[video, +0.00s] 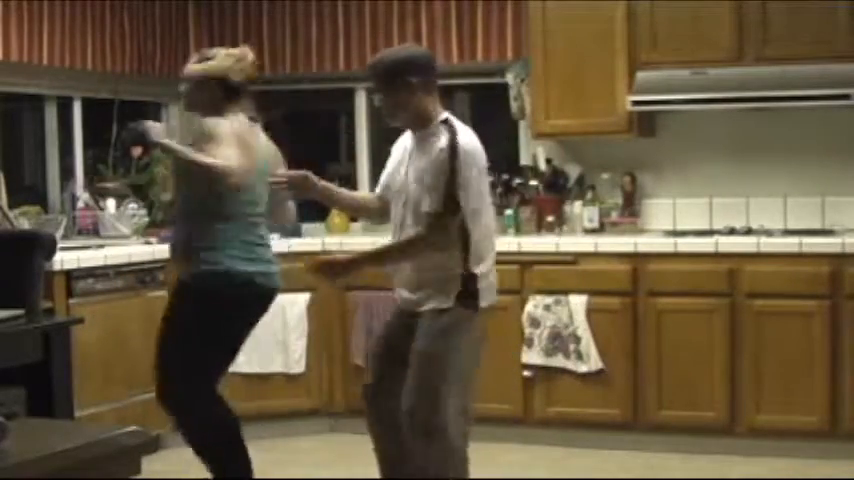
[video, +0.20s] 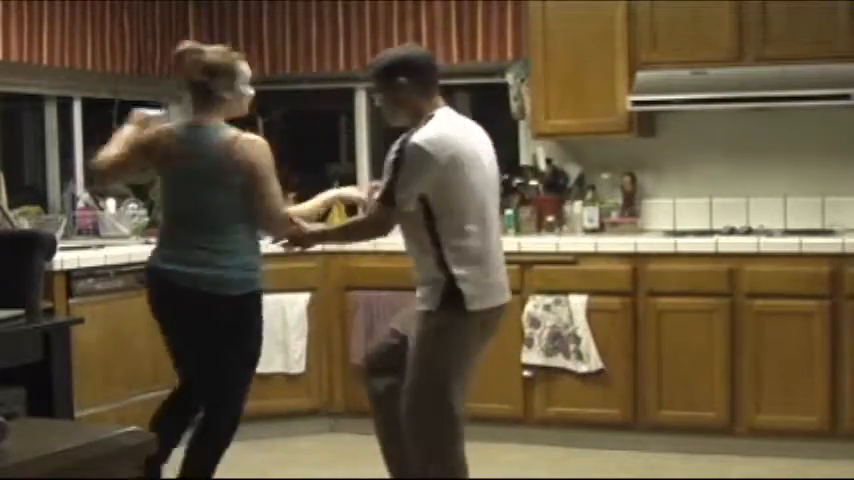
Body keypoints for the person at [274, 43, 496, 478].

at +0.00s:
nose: (379, 105)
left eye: (385, 94)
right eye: (377, 96)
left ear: (417, 87)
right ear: (409, 90)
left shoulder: (458, 145)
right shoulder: (405, 145)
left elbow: (443, 236)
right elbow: (379, 206)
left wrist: (359, 261)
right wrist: (317, 189)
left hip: (455, 305)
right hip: (413, 302)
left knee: (428, 416)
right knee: (382, 401)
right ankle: (403, 477)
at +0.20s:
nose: (379, 107)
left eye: (381, 96)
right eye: (377, 97)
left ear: (404, 88)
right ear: (425, 86)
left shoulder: (418, 147)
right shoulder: (470, 131)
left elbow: (378, 223)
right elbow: (426, 201)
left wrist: (313, 236)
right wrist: (369, 197)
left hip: (454, 304)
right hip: (483, 297)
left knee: (427, 416)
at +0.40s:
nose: (402, 107)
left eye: (402, 96)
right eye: (400, 97)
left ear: (417, 91)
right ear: (455, 89)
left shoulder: (418, 148)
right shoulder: (507, 138)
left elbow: (391, 230)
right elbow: (539, 211)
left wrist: (322, 227)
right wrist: (485, 212)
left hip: (452, 309)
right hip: (505, 303)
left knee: (415, 423)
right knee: (453, 410)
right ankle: (469, 474)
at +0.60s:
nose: (438, 105)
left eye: (440, 98)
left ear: (445, 97)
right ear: (494, 93)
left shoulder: (435, 152)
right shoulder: (544, 142)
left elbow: (391, 225)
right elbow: (585, 208)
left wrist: (320, 196)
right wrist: (536, 215)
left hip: (474, 309)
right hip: (539, 305)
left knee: (411, 418)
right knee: (491, 420)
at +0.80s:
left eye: (488, 94)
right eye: (541, 92)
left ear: (491, 96)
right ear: (541, 92)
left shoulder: (471, 151)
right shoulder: (589, 147)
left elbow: (428, 205)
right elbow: (622, 219)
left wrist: (384, 165)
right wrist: (630, 199)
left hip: (504, 309)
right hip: (572, 307)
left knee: (449, 424)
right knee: (548, 395)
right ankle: (556, 474)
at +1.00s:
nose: (529, 104)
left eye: (531, 96)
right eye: (531, 96)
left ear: (542, 96)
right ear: (589, 94)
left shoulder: (522, 152)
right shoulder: (642, 143)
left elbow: (487, 217)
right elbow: (687, 216)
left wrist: (418, 200)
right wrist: (704, 221)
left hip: (563, 309)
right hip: (630, 307)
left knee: (483, 397)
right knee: (610, 433)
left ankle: (485, 475)